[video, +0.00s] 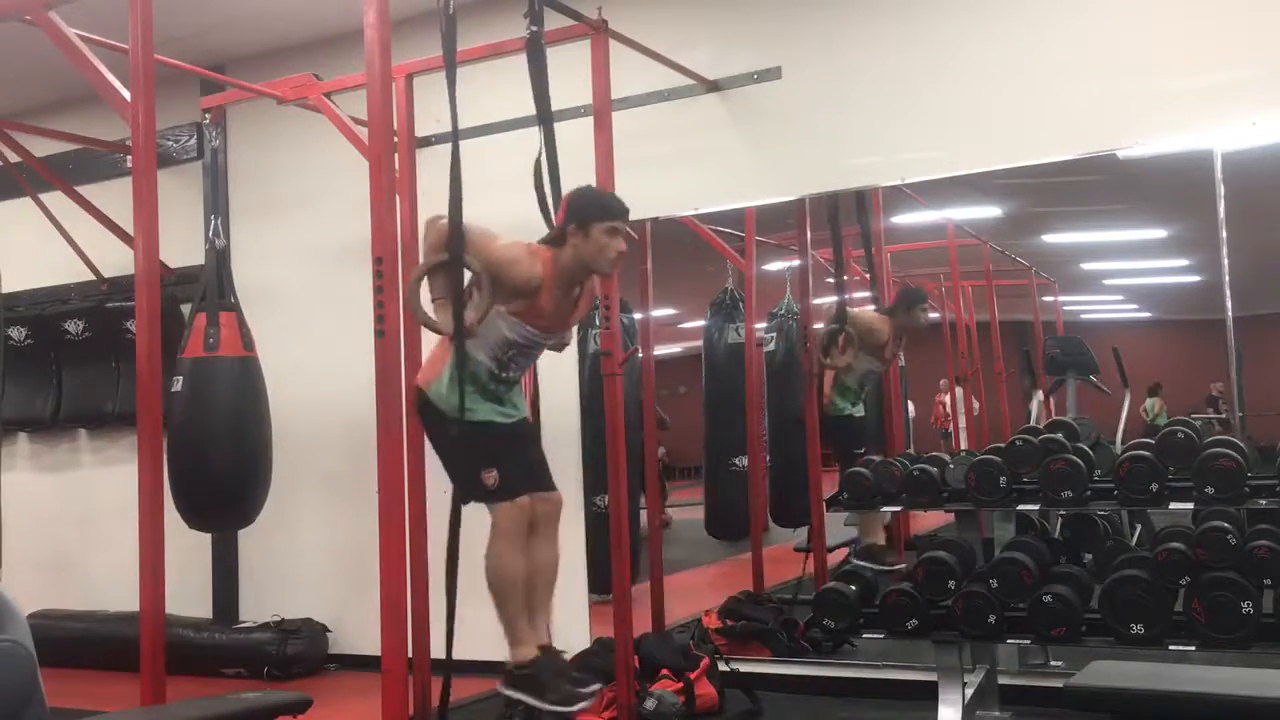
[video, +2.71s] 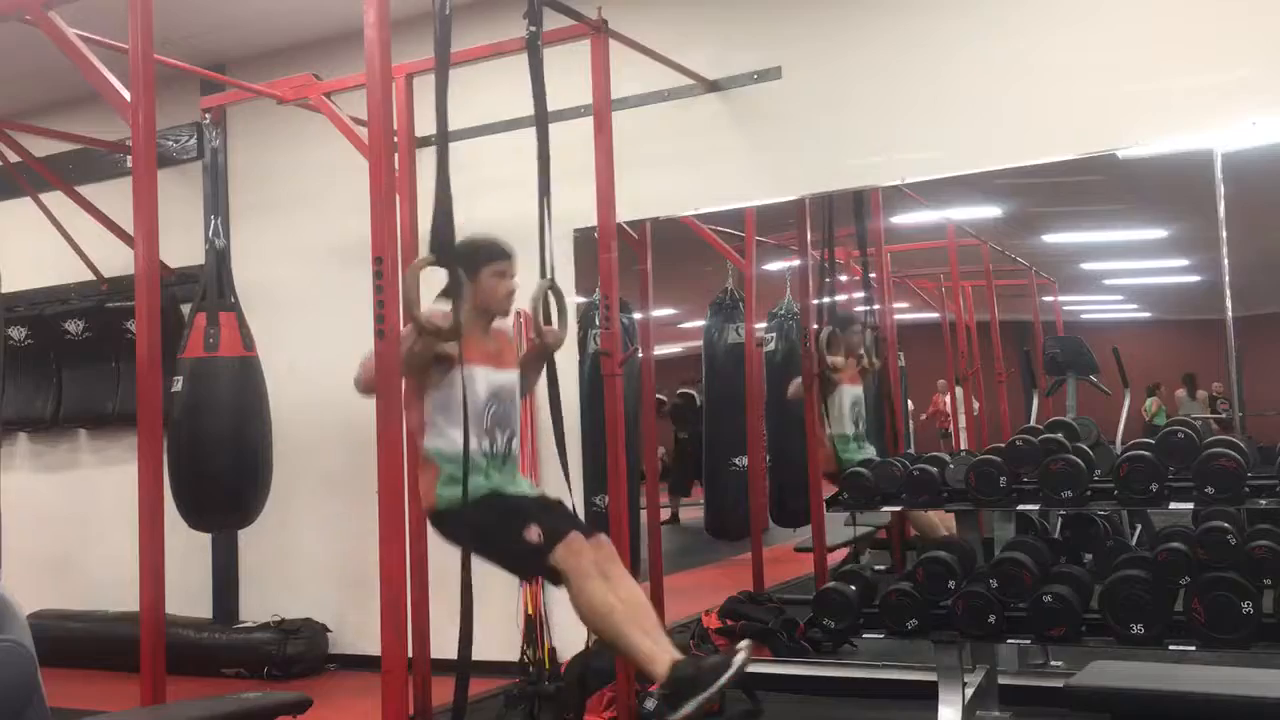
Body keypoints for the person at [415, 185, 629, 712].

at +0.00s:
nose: (623, 246)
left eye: (624, 235)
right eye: (612, 234)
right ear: (574, 234)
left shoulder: (586, 288)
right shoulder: (522, 267)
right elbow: (440, 229)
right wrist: (435, 304)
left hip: (504, 394)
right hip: (455, 391)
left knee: (546, 506)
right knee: (512, 509)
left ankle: (540, 652)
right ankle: (521, 662)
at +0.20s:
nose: (619, 192)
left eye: (622, 182)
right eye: (609, 182)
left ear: (612, 190)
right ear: (572, 184)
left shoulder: (592, 246)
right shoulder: (531, 232)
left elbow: (546, 291)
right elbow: (433, 229)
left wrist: (538, 329)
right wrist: (435, 306)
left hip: (507, 362)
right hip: (463, 355)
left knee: (549, 476)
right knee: (520, 477)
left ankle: (511, 613)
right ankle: (491, 621)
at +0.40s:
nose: (604, 127)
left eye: (607, 117)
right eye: (594, 116)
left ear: (598, 126)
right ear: (558, 120)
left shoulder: (584, 188)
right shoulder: (523, 181)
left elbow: (547, 255)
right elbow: (437, 225)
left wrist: (549, 311)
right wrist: (429, 286)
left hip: (519, 336)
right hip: (473, 330)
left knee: (529, 455)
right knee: (505, 450)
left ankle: (494, 590)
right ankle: (477, 590)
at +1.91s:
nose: (605, 203)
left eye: (606, 192)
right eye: (595, 192)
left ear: (591, 199)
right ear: (557, 194)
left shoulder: (573, 247)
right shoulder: (515, 237)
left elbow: (513, 281)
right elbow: (416, 235)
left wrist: (540, 324)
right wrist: (427, 315)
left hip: (513, 383)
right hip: (467, 381)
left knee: (524, 516)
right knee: (493, 516)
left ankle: (524, 649)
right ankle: (502, 657)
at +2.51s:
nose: (561, 236)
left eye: (563, 227)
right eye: (550, 225)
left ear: (557, 234)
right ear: (514, 229)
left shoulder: (551, 285)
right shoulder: (483, 270)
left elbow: (570, 338)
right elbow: (412, 291)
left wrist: (571, 334)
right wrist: (453, 316)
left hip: (502, 431)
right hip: (451, 432)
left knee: (573, 525)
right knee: (544, 528)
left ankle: (606, 661)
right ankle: (590, 667)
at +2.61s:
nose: (538, 254)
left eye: (539, 244)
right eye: (526, 243)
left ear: (536, 252)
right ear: (491, 249)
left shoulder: (527, 302)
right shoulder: (452, 286)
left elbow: (542, 341)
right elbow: (381, 333)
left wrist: (562, 335)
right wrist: (431, 321)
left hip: (506, 454)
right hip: (453, 457)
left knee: (586, 532)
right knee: (560, 538)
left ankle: (642, 663)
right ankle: (630, 673)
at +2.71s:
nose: (510, 287)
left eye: (512, 277)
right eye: (500, 276)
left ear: (508, 284)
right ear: (468, 281)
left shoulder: (506, 341)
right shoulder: (436, 341)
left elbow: (513, 395)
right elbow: (367, 381)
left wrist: (538, 356)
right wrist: (416, 337)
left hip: (508, 488)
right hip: (457, 495)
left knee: (600, 547)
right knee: (573, 551)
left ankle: (675, 668)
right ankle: (666, 674)